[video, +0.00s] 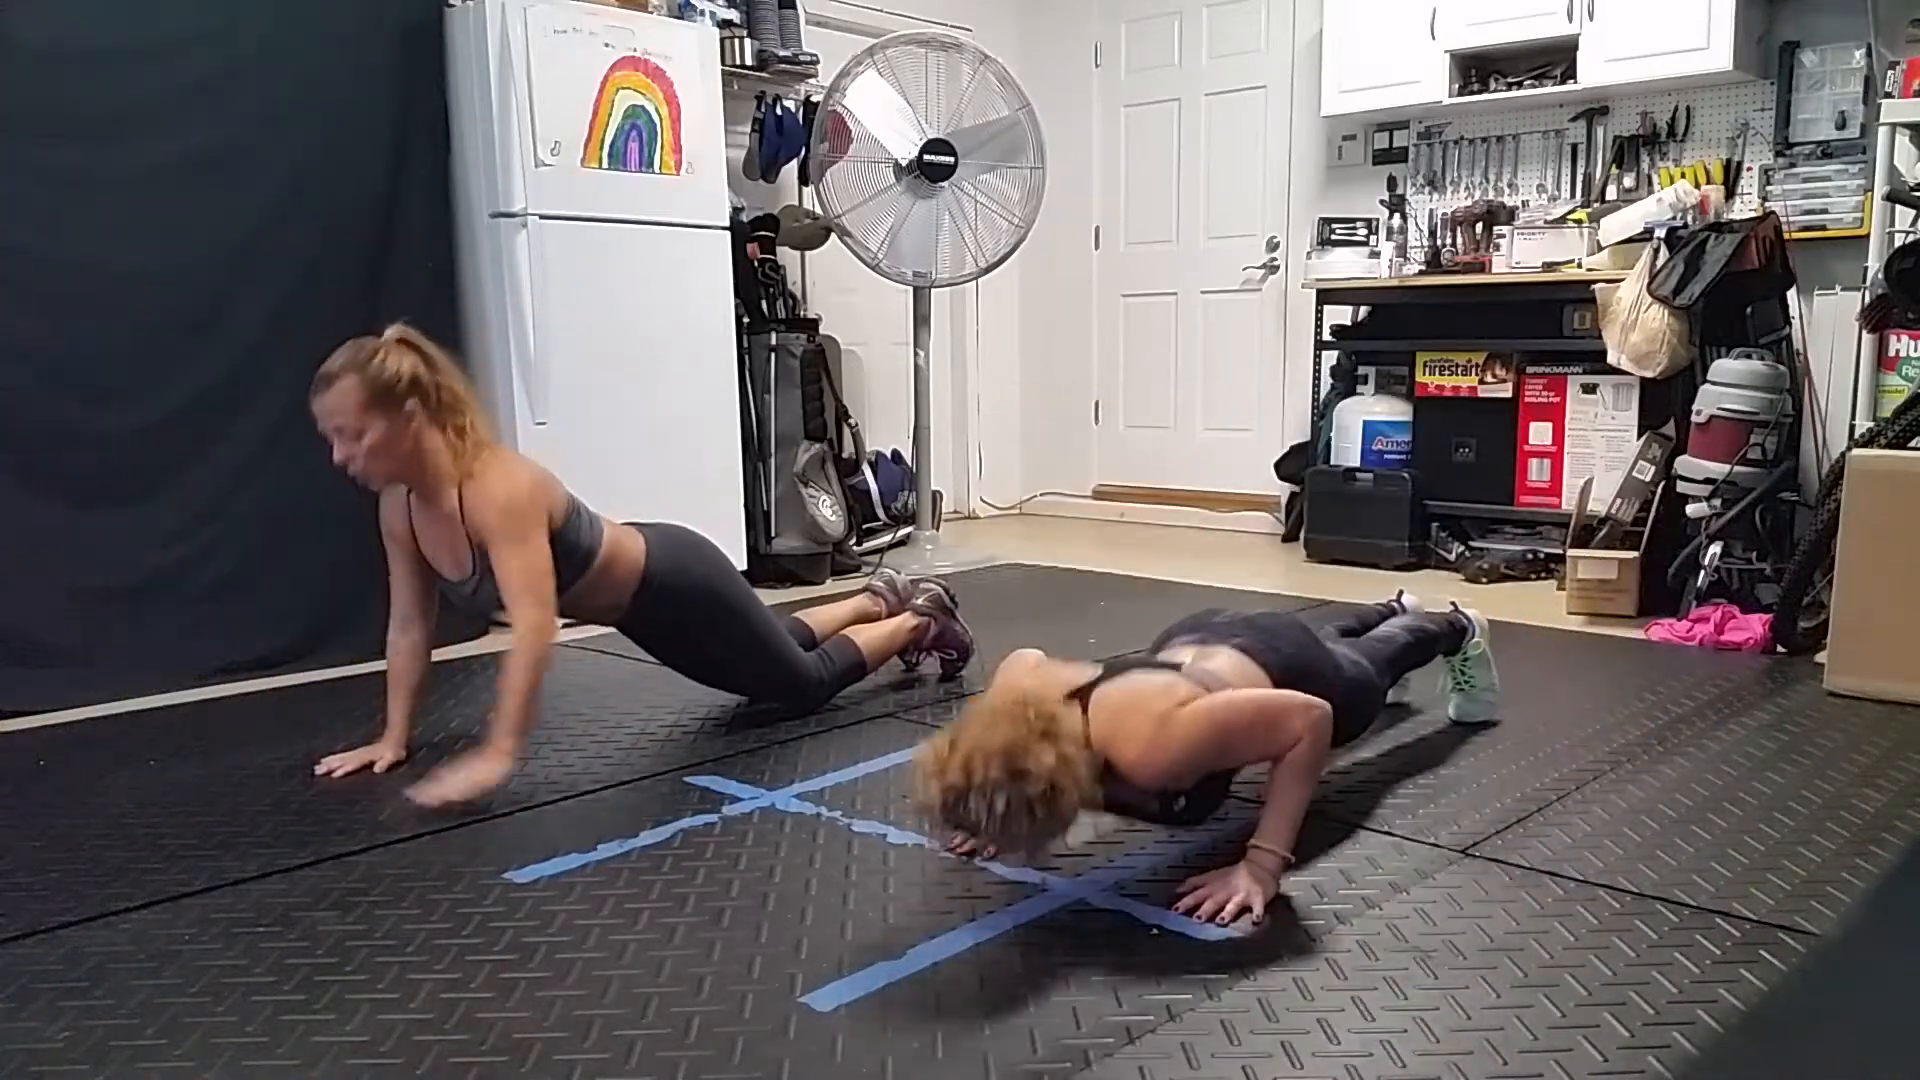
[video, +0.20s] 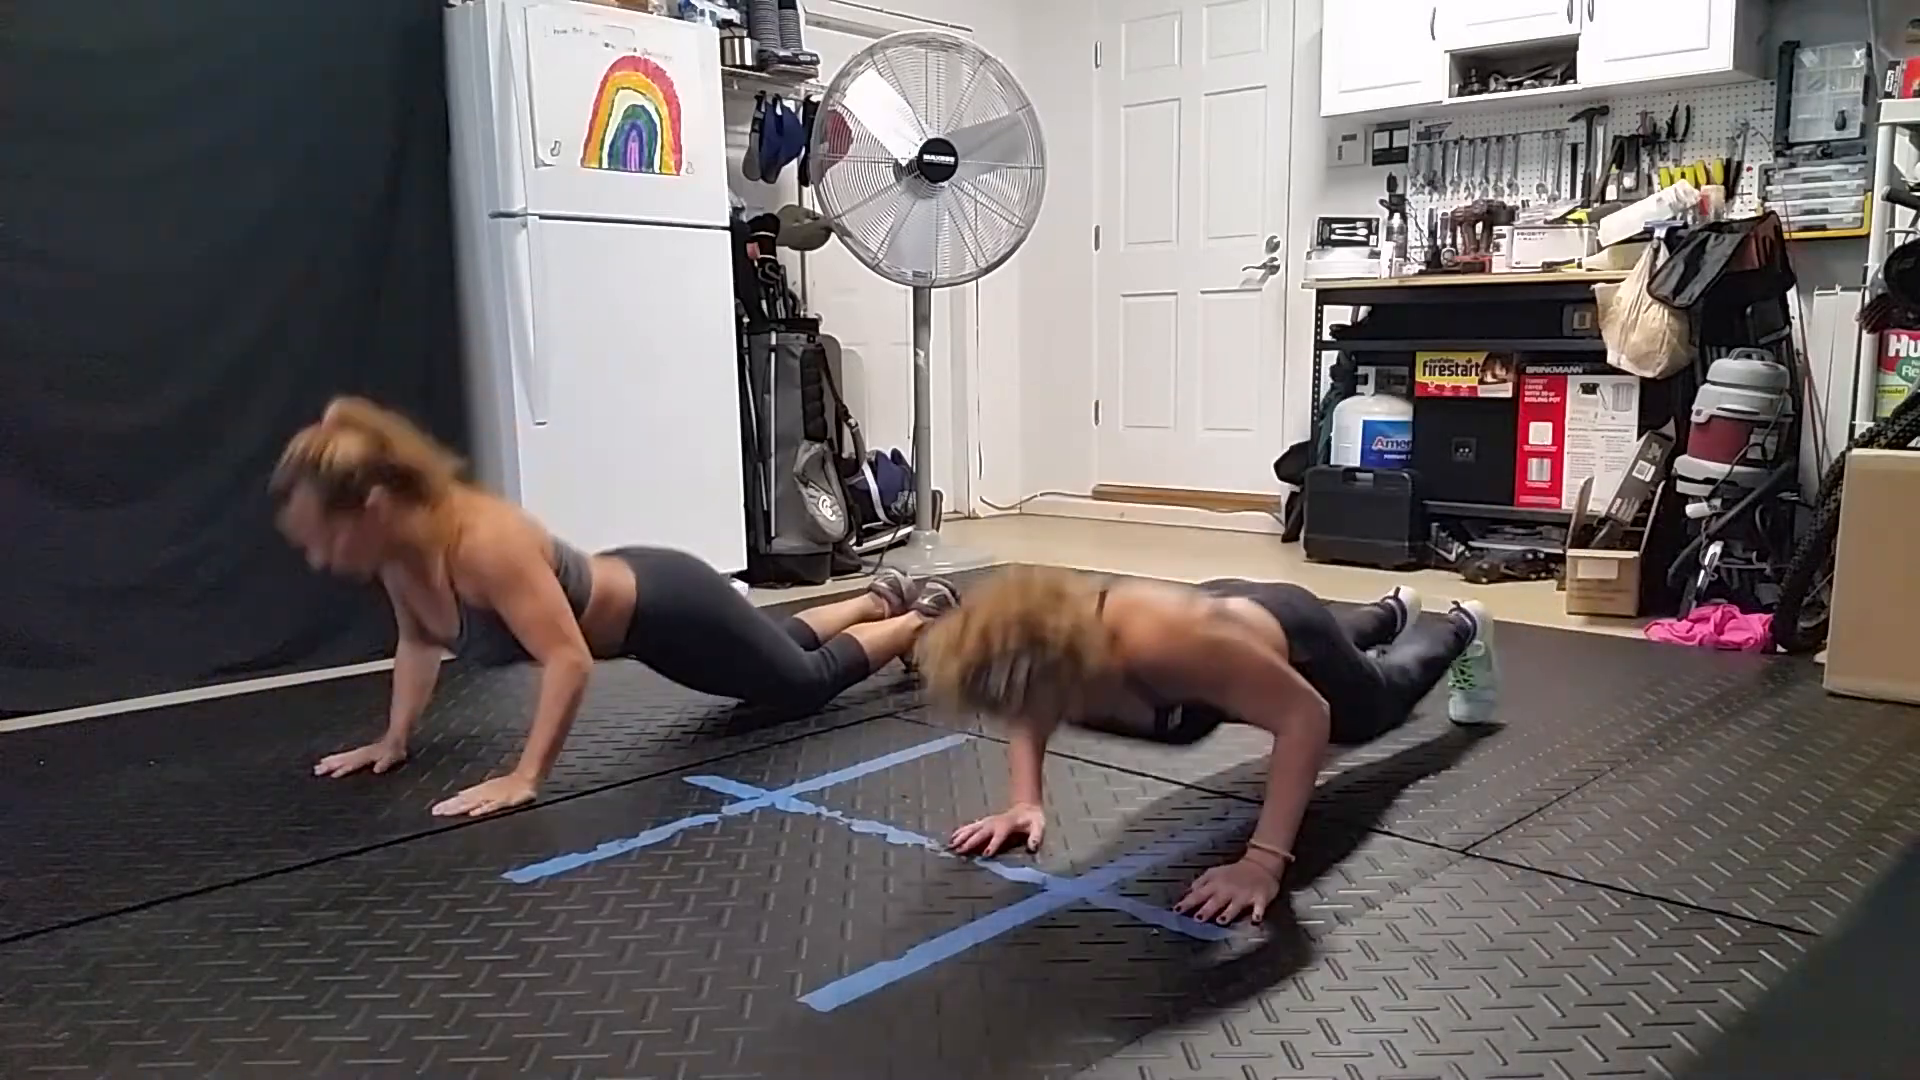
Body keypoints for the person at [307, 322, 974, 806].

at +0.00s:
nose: (338, 457)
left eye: (347, 437)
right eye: (331, 442)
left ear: (410, 417)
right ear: (384, 430)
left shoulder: (497, 488)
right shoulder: (401, 502)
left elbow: (534, 626)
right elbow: (410, 623)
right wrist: (393, 739)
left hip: (678, 586)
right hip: (637, 600)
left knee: (806, 682)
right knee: (769, 653)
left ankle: (920, 623)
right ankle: (878, 598)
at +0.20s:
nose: (316, 561)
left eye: (318, 541)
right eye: (305, 547)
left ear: (374, 508)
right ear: (366, 514)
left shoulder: (485, 541)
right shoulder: (396, 551)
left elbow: (569, 660)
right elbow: (419, 641)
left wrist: (524, 777)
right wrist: (394, 737)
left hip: (667, 606)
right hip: (629, 593)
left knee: (812, 681)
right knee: (768, 641)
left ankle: (919, 621)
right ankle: (872, 599)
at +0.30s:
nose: (307, 618)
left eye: (302, 601)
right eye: (295, 607)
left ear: (344, 564)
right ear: (338, 561)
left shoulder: (464, 573)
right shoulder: (397, 578)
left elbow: (577, 668)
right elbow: (416, 661)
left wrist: (523, 777)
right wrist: (392, 744)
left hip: (658, 623)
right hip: (621, 606)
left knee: (811, 682)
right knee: (770, 640)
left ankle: (918, 621)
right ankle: (877, 597)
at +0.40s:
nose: (296, 672)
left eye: (293, 658)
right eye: (283, 663)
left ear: (333, 617)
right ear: (328, 611)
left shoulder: (444, 609)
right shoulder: (381, 606)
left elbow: (574, 666)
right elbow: (407, 673)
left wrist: (523, 779)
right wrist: (397, 740)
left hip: (651, 640)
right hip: (611, 621)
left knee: (807, 676)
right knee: (761, 640)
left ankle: (918, 618)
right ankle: (878, 600)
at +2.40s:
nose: (333, 555)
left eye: (339, 537)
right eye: (325, 540)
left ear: (403, 514)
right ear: (392, 520)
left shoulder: (488, 557)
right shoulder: (406, 554)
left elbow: (575, 667)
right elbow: (407, 644)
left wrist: (526, 778)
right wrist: (395, 742)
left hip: (682, 639)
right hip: (641, 613)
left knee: (817, 681)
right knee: (770, 638)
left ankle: (921, 614)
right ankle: (872, 596)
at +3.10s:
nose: (323, 578)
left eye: (321, 560)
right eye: (311, 566)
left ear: (359, 524)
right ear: (344, 533)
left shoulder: (470, 529)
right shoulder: (402, 543)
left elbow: (549, 659)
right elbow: (402, 636)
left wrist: (522, 778)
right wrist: (395, 740)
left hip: (665, 609)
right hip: (636, 602)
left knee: (817, 681)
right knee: (781, 645)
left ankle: (911, 608)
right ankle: (875, 601)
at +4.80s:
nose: (336, 653)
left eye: (330, 639)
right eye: (321, 647)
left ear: (346, 594)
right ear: (337, 595)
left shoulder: (459, 568)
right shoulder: (395, 584)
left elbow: (562, 668)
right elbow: (399, 652)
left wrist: (513, 776)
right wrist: (393, 740)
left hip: (663, 639)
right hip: (629, 622)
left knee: (816, 674)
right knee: (759, 638)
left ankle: (923, 618)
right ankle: (868, 594)